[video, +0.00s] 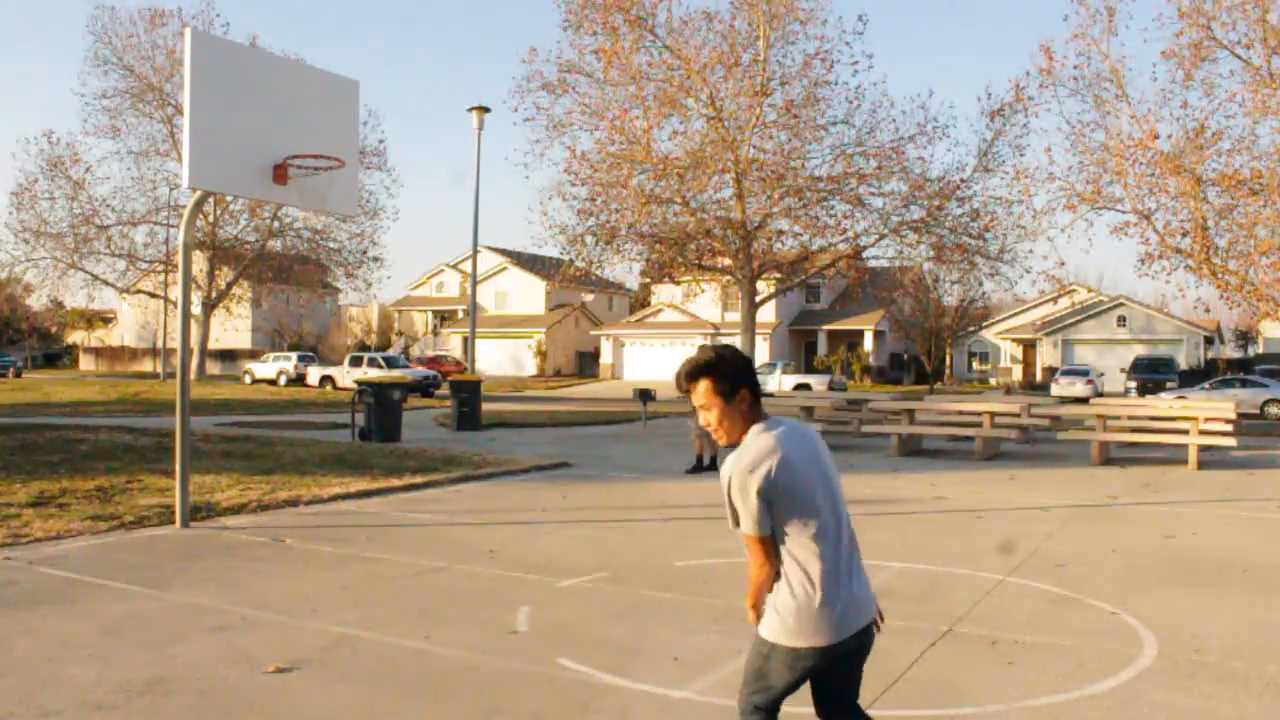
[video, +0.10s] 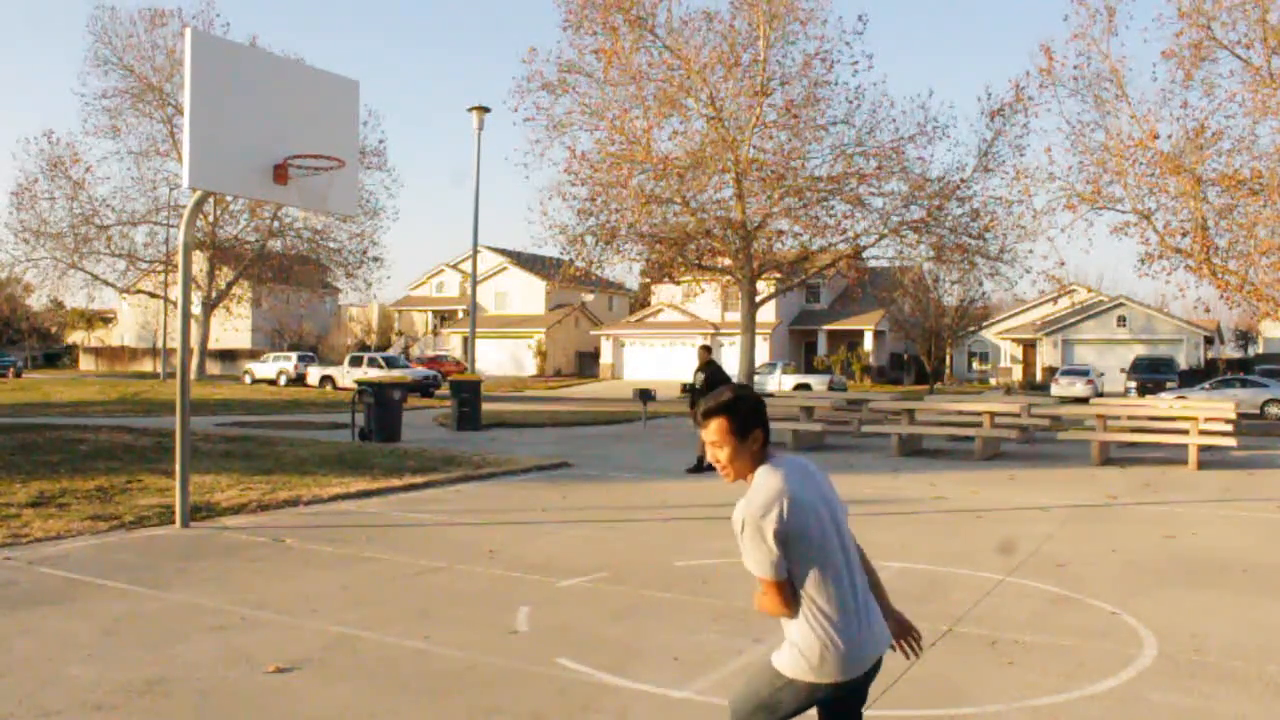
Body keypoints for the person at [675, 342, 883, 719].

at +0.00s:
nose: (703, 422)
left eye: (708, 408)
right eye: (698, 411)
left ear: (743, 398)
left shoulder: (743, 465)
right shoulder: (804, 434)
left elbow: (765, 563)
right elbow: (835, 528)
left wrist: (754, 604)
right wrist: (861, 594)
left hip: (802, 623)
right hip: (856, 611)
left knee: (755, 707)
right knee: (840, 710)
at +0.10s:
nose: (710, 458)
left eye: (718, 446)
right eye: (706, 445)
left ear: (756, 439)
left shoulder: (756, 507)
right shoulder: (804, 469)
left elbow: (784, 604)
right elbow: (851, 550)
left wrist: (762, 600)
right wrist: (887, 611)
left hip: (823, 656)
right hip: (868, 640)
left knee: (743, 710)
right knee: (841, 714)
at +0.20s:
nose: (696, 474)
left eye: (705, 461)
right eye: (691, 462)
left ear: (741, 456)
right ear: (688, 459)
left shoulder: (755, 515)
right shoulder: (779, 485)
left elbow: (790, 620)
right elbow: (828, 571)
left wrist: (748, 624)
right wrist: (861, 627)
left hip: (815, 662)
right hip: (849, 646)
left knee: (712, 712)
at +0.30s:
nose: (653, 461)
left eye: (662, 447)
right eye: (647, 448)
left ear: (700, 440)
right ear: (641, 447)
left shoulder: (721, 504)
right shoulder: (725, 473)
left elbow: (767, 603)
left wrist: (706, 645)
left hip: (788, 642)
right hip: (808, 629)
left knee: (687, 714)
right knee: (831, 715)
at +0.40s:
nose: (587, 462)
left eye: (596, 448)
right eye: (581, 449)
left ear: (635, 441)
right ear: (575, 445)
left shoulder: (669, 509)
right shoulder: (648, 484)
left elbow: (702, 622)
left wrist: (628, 689)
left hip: (740, 640)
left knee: (677, 712)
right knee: (773, 714)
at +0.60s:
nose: (420, 492)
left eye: (429, 476)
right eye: (415, 479)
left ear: (475, 465)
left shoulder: (517, 531)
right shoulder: (504, 499)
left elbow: (492, 672)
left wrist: (440, 718)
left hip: (622, 665)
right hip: (571, 652)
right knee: (529, 713)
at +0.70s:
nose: (304, 489)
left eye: (312, 471)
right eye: (298, 476)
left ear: (358, 457)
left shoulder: (399, 527)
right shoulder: (408, 487)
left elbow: (355, 673)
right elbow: (494, 531)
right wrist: (553, 577)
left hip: (525, 687)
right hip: (465, 659)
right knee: (382, 713)